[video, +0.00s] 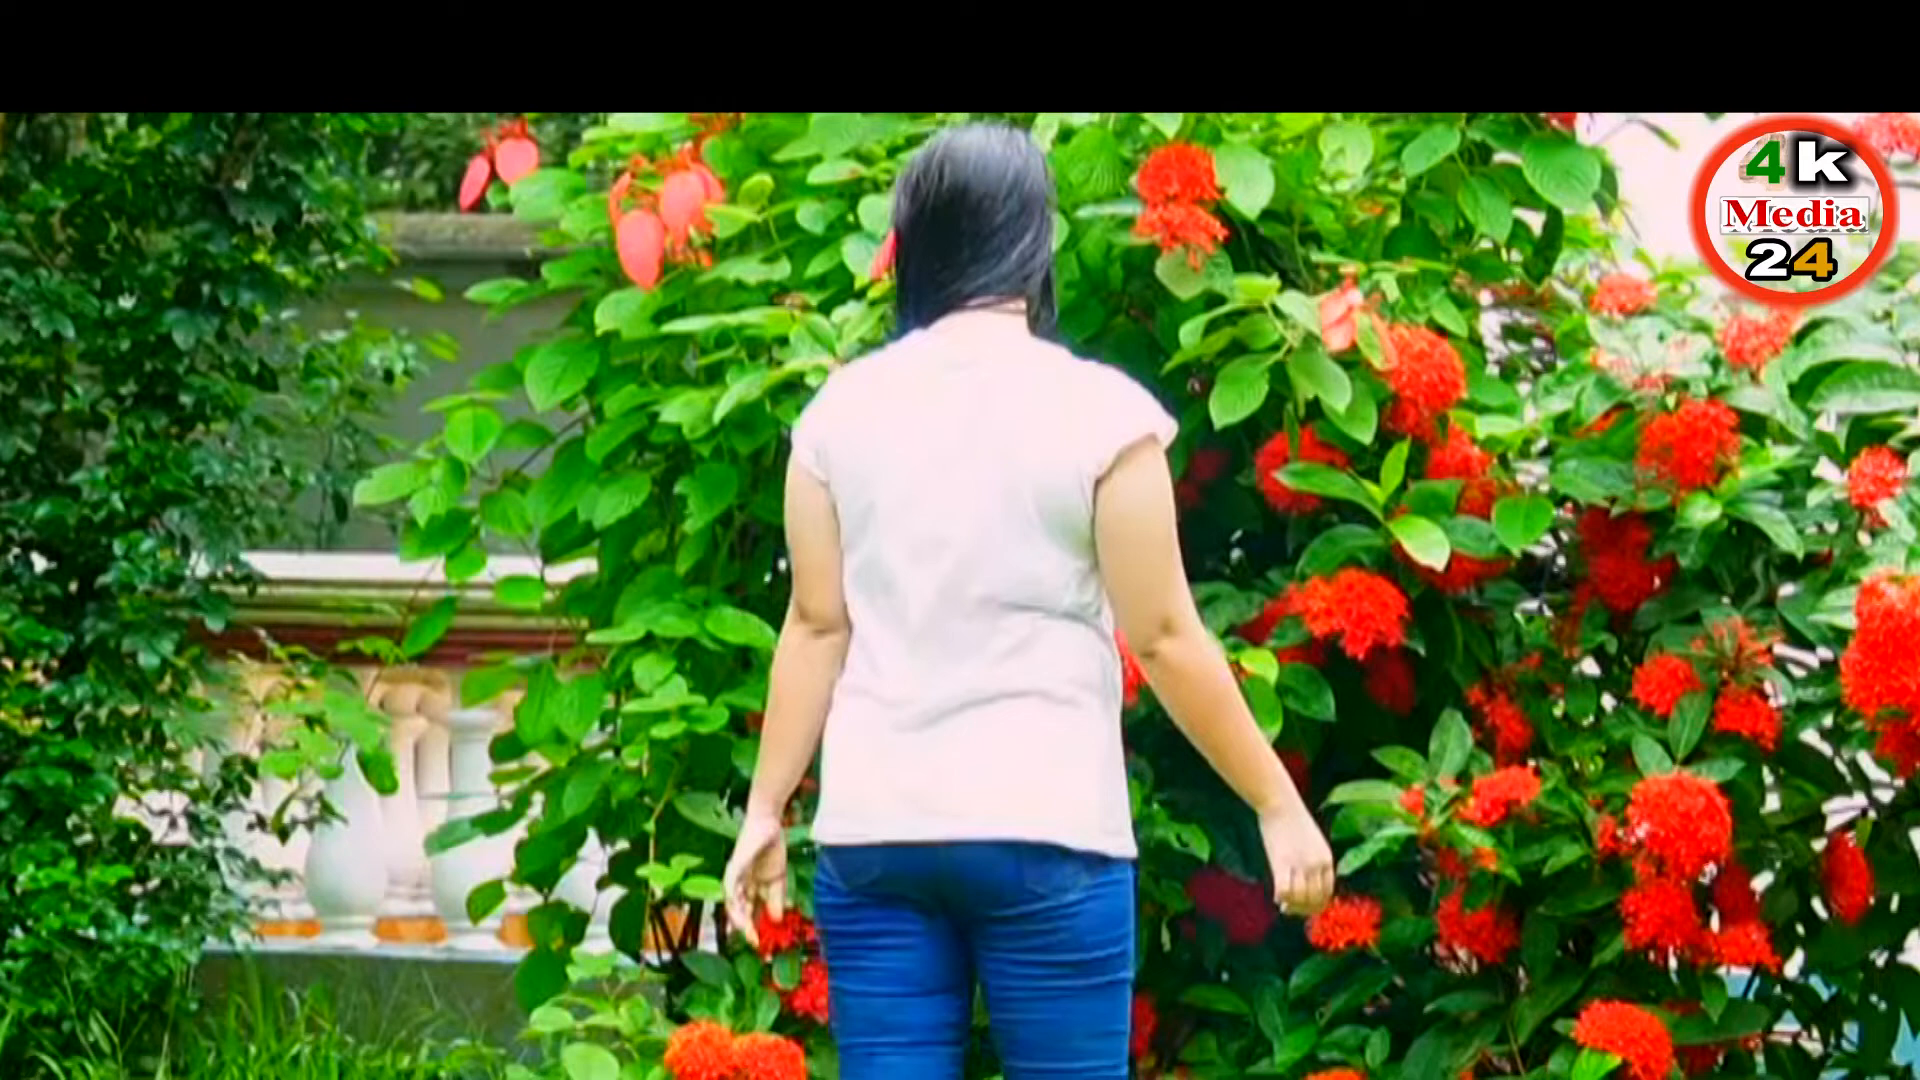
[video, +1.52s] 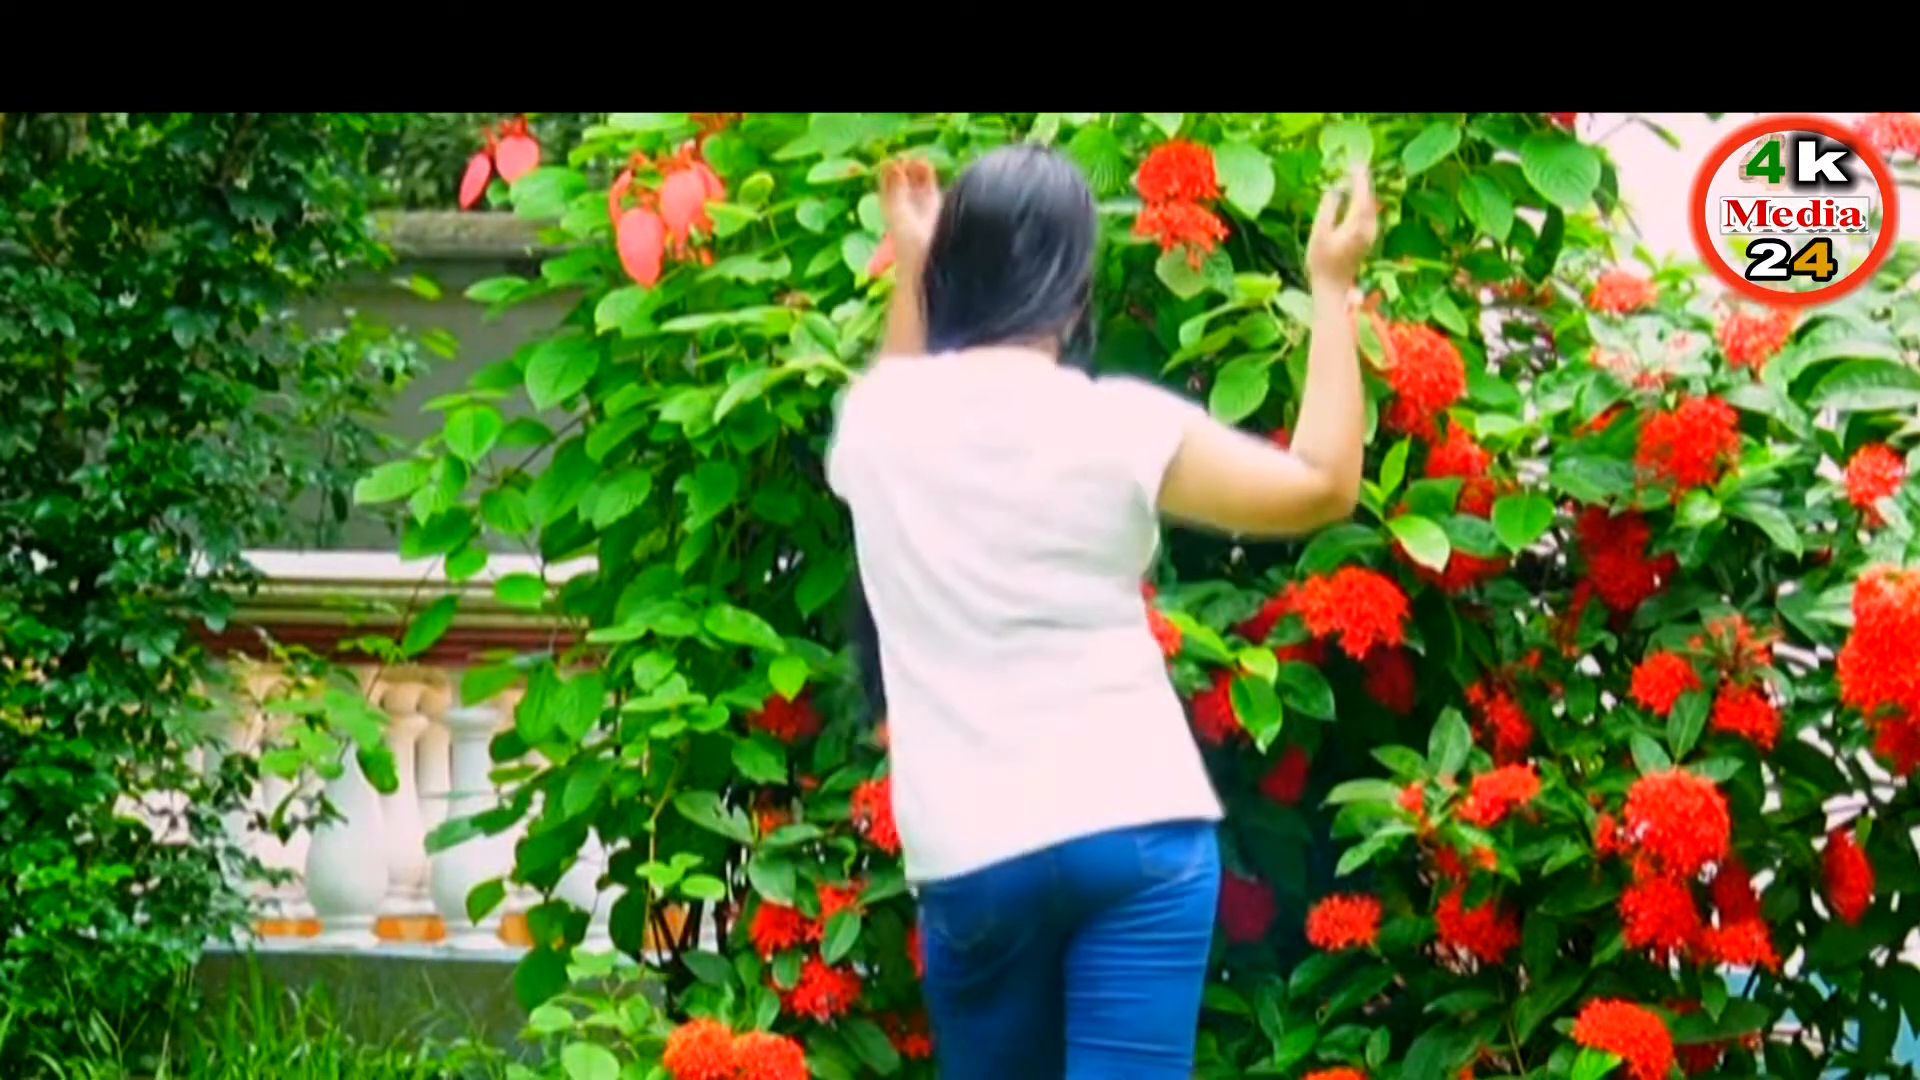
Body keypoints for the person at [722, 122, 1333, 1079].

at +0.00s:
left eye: (899, 228)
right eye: (1041, 226)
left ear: (907, 248)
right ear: (1038, 246)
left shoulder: (838, 409)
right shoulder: (1103, 407)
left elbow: (816, 621)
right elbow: (1164, 635)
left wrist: (765, 805)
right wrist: (1279, 805)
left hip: (871, 820)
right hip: (1049, 816)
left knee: (889, 1067)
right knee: (1070, 1064)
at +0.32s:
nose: (877, 262)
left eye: (885, 239)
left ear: (896, 263)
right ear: (1032, 264)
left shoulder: (847, 422)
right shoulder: (1116, 418)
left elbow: (733, 585)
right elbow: (1208, 624)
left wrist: (608, 717)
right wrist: (1368, 757)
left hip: (854, 839)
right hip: (1041, 858)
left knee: (859, 1067)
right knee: (1050, 1068)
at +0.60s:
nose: (881, 239)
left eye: (897, 221)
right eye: (895, 214)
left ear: (918, 260)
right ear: (1044, 273)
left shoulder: (834, 405)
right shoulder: (1104, 425)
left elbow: (725, 434)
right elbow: (1250, 595)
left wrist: (607, 403)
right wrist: (1459, 590)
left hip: (953, 843)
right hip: (1128, 815)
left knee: (966, 1066)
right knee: (1121, 1068)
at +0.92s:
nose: (887, 248)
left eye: (895, 226)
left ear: (901, 249)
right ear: (1039, 249)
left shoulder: (841, 366)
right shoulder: (1104, 391)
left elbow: (739, 320)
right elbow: (1292, 492)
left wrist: (676, 186)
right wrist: (1462, 356)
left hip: (859, 799)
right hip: (1039, 809)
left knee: (875, 1066)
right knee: (1060, 1065)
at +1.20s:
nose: (876, 257)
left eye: (884, 235)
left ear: (893, 266)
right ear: (1033, 266)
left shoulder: (852, 395)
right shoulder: (1117, 407)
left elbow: (776, 358)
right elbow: (1306, 462)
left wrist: (788, 183)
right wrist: (1377, 269)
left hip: (837, 812)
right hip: (1022, 845)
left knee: (836, 1067)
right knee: (1036, 1065)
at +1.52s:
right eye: (1083, 255)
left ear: (957, 269)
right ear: (1078, 279)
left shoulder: (871, 421)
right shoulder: (1119, 422)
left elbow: (898, 398)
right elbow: (1324, 487)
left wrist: (910, 276)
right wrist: (1336, 289)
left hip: (966, 841)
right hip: (1144, 808)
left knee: (990, 1063)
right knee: (1133, 1064)